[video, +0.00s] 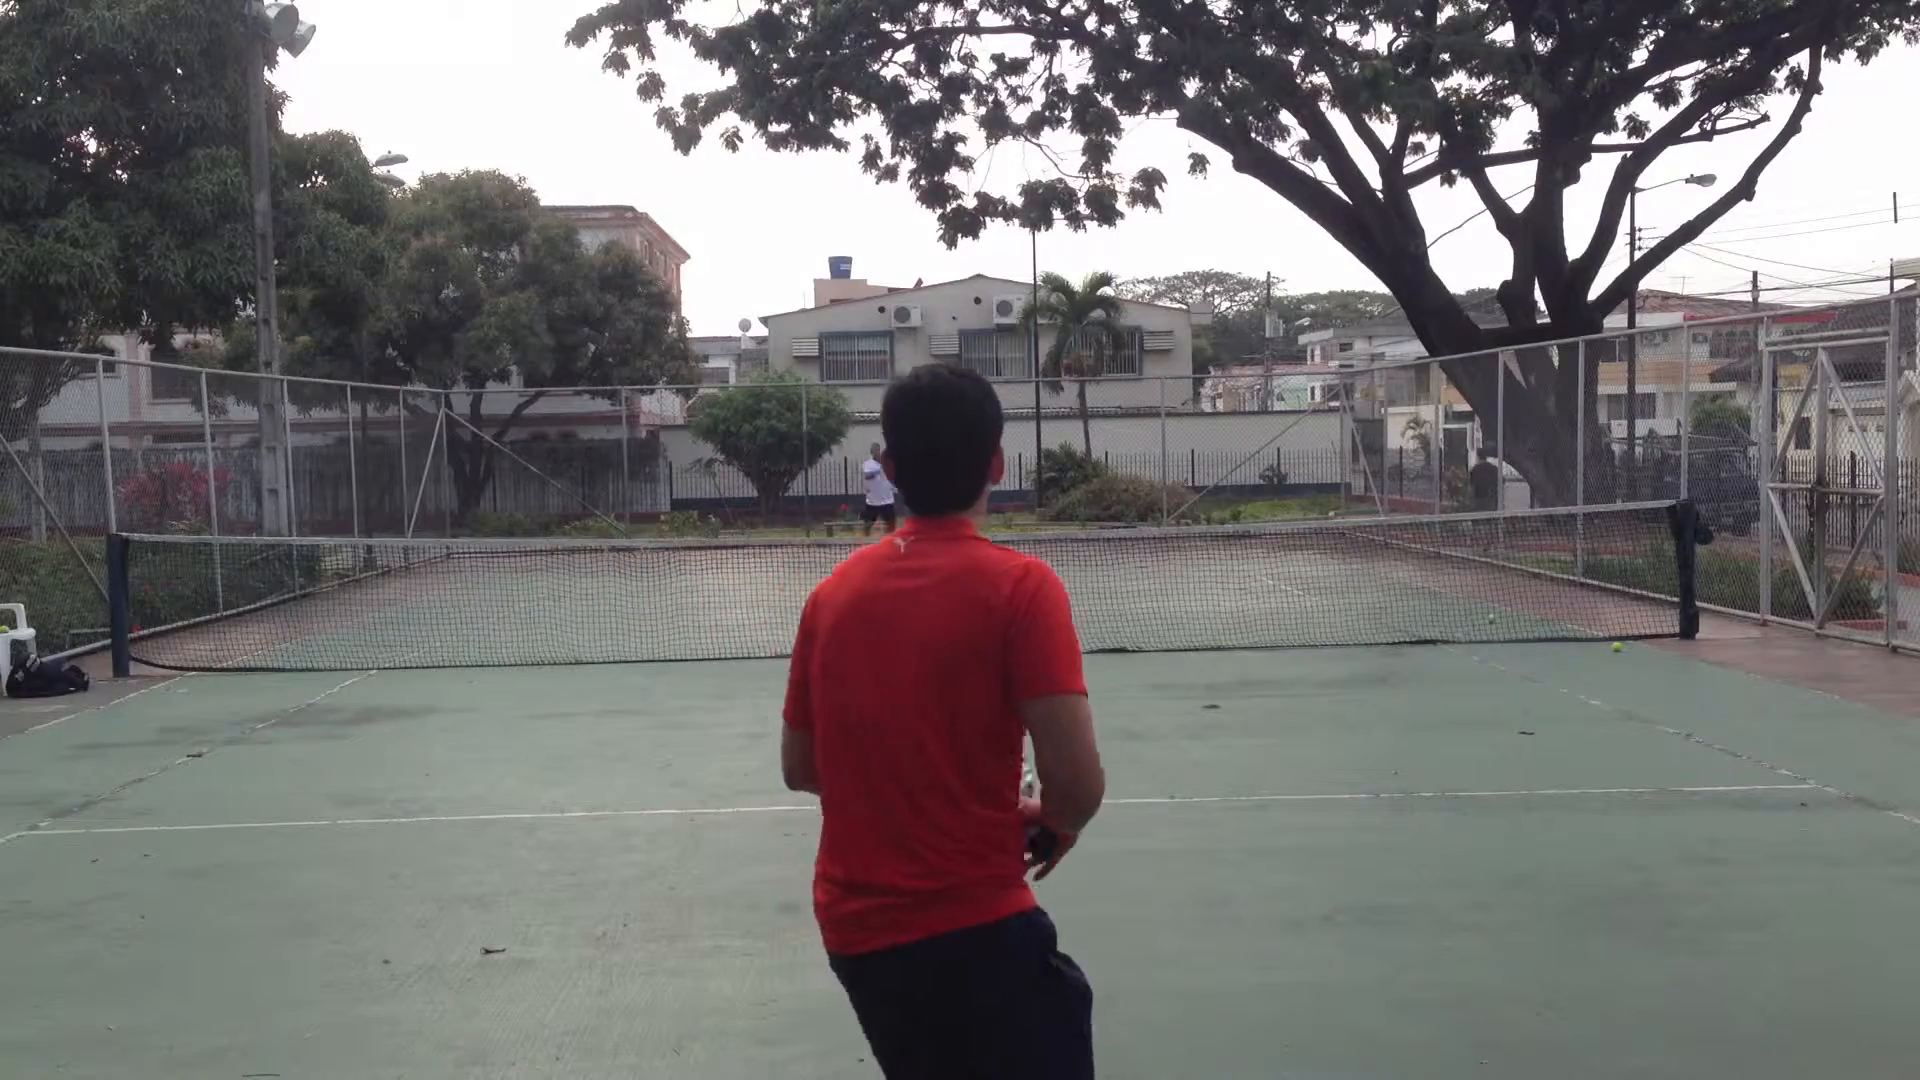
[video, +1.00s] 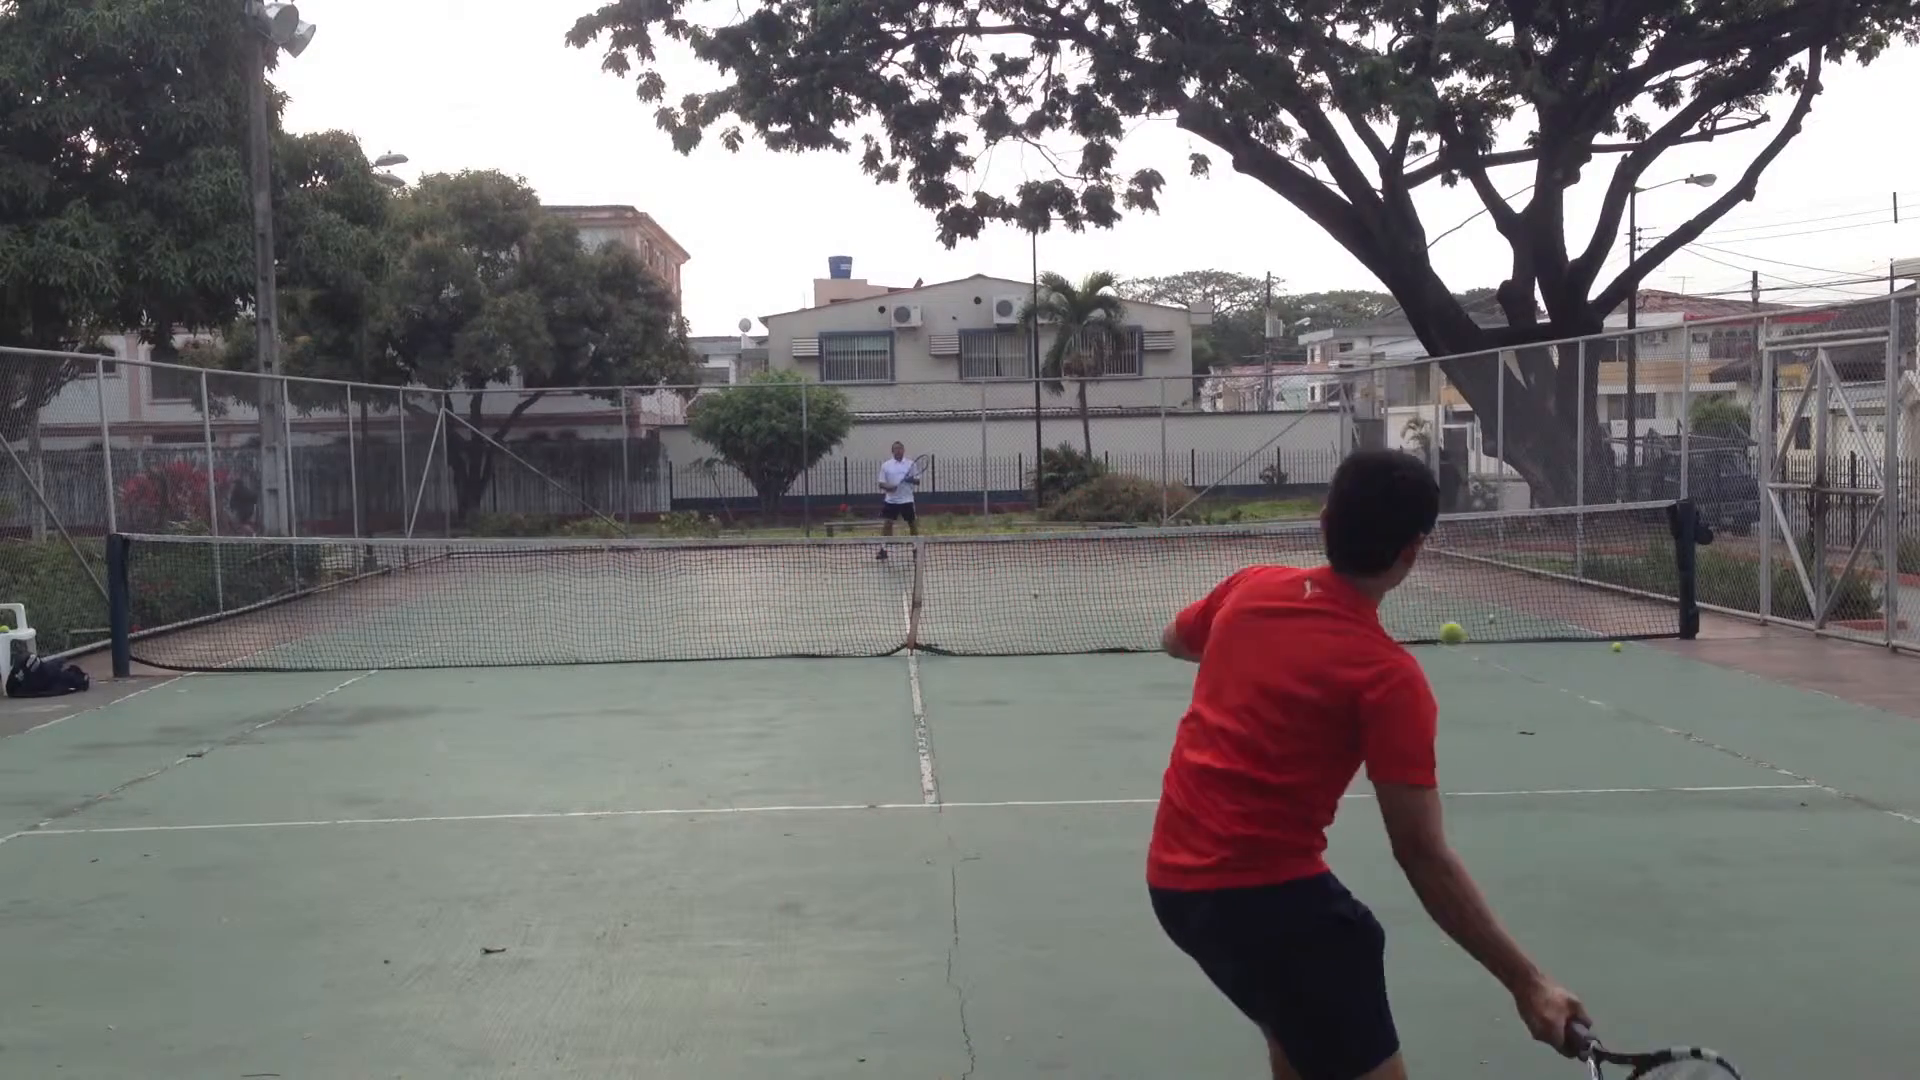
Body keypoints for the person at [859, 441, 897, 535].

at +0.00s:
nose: (877, 453)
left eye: (878, 450)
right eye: (875, 450)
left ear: (881, 451)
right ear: (871, 452)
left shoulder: (887, 464)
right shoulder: (868, 464)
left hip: (887, 500)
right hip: (872, 500)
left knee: (891, 527)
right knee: (867, 527)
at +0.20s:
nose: (887, 451)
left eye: (888, 448)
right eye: (884, 448)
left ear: (891, 450)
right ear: (880, 450)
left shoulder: (897, 463)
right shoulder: (873, 465)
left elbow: (898, 479)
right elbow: (866, 482)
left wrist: (900, 480)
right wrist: (878, 484)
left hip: (892, 500)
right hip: (876, 500)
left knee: (894, 525)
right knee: (873, 524)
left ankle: (893, 547)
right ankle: (871, 548)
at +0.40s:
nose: (886, 451)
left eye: (888, 449)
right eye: (884, 449)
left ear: (891, 450)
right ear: (880, 451)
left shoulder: (897, 464)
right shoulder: (872, 466)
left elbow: (901, 480)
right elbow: (866, 482)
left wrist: (898, 481)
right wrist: (877, 487)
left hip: (894, 500)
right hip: (879, 500)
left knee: (899, 523)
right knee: (879, 523)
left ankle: (898, 546)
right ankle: (881, 547)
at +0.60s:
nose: (886, 451)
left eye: (887, 449)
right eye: (883, 449)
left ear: (891, 450)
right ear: (880, 451)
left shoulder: (898, 464)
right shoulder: (874, 467)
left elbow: (904, 479)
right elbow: (868, 484)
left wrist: (901, 482)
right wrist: (877, 488)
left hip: (898, 500)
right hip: (882, 501)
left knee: (907, 521)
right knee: (880, 524)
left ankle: (910, 544)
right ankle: (882, 548)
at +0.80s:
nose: (892, 451)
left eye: (894, 449)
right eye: (890, 449)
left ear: (898, 450)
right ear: (886, 451)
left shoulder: (905, 464)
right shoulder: (881, 466)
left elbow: (913, 481)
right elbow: (875, 483)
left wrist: (905, 481)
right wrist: (882, 488)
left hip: (903, 501)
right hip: (887, 501)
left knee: (910, 525)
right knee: (885, 525)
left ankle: (915, 548)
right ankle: (884, 549)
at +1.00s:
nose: (898, 452)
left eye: (900, 449)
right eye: (895, 449)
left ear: (903, 450)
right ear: (892, 451)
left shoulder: (910, 464)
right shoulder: (886, 465)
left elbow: (917, 481)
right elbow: (881, 483)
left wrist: (910, 480)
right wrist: (890, 487)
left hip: (907, 500)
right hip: (891, 500)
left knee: (912, 524)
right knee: (887, 524)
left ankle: (916, 548)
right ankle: (884, 549)